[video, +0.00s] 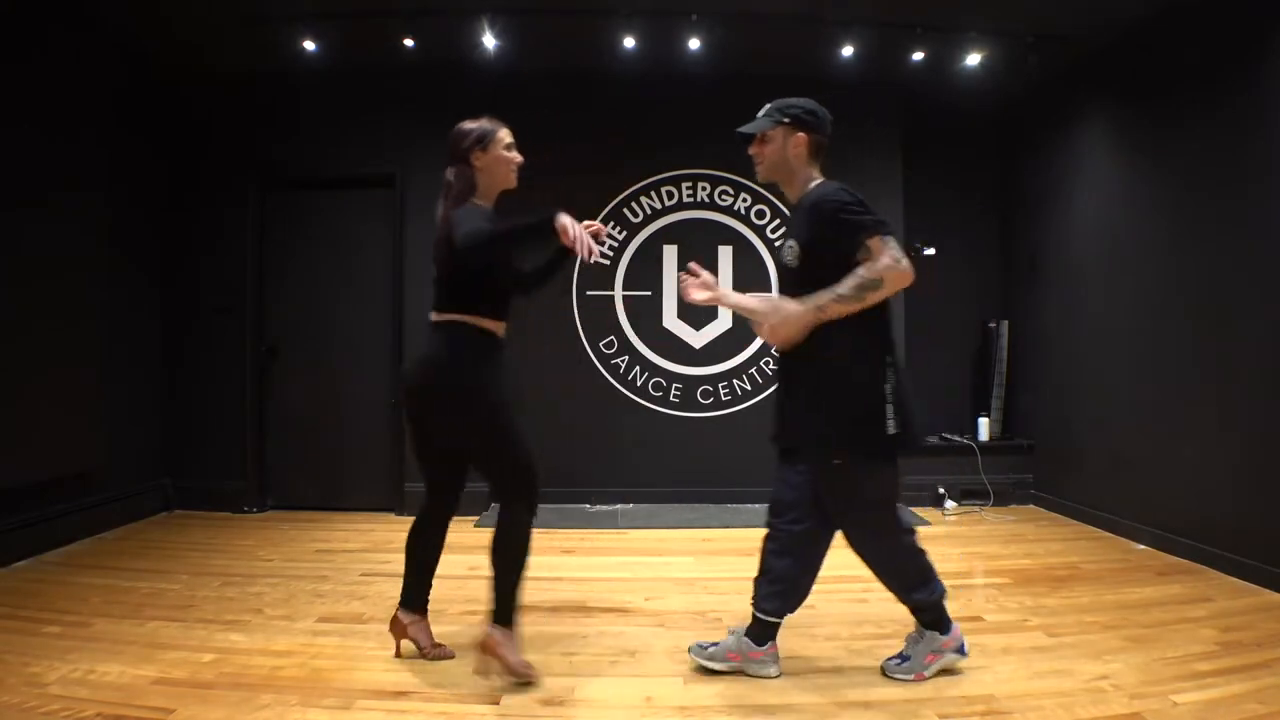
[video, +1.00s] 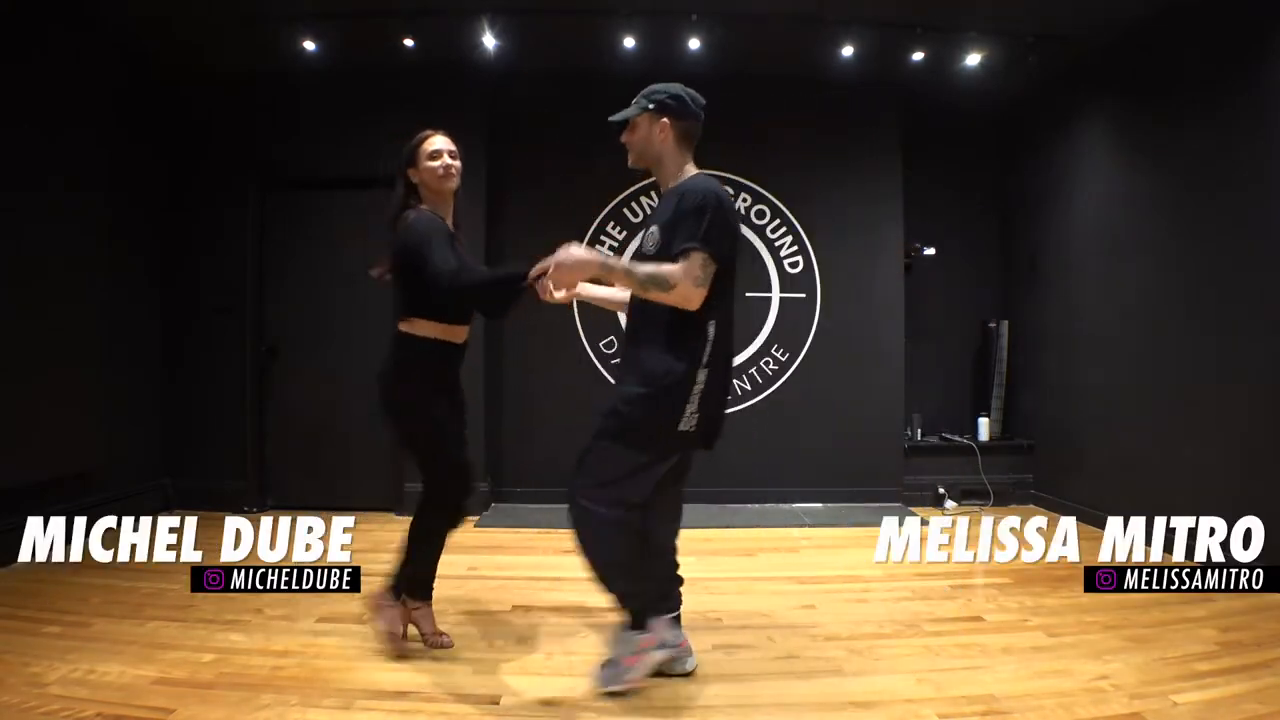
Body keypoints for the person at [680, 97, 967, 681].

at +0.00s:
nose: (753, 151)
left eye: (762, 139)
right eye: (753, 141)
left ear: (797, 139)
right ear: (790, 143)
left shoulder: (831, 202)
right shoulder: (802, 219)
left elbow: (895, 267)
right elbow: (794, 313)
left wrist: (809, 310)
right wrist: (722, 295)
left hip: (851, 403)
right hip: (812, 403)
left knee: (872, 520)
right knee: (793, 522)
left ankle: (939, 631)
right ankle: (758, 639)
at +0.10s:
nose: (732, 147)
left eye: (742, 135)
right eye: (733, 137)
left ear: (777, 136)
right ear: (768, 140)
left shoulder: (819, 197)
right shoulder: (776, 216)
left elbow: (858, 278)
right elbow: (773, 315)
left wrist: (763, 271)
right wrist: (697, 307)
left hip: (826, 400)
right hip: (780, 398)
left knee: (817, 525)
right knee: (767, 521)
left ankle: (907, 611)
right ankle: (757, 641)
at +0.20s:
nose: (714, 149)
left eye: (722, 137)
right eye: (714, 138)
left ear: (756, 136)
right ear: (751, 138)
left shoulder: (800, 198)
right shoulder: (755, 214)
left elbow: (808, 286)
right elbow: (746, 316)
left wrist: (733, 265)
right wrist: (673, 320)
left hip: (794, 389)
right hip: (758, 388)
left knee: (753, 512)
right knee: (742, 510)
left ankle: (841, 607)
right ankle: (754, 641)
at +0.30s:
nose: (686, 157)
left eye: (691, 144)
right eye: (685, 147)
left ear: (726, 138)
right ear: (721, 142)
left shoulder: (761, 208)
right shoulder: (738, 213)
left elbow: (752, 306)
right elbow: (722, 315)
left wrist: (668, 318)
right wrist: (651, 305)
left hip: (740, 407)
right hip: (722, 403)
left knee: (672, 513)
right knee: (721, 527)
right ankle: (751, 643)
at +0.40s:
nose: (667, 165)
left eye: (673, 151)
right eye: (666, 154)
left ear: (707, 141)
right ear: (707, 146)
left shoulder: (738, 214)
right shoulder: (727, 215)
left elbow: (719, 314)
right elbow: (703, 311)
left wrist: (623, 313)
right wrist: (626, 308)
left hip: (708, 412)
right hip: (702, 409)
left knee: (647, 526)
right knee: (691, 531)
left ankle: (583, 655)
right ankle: (745, 636)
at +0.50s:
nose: (644, 172)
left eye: (647, 157)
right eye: (640, 162)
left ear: (679, 140)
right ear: (683, 147)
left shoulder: (707, 213)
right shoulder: (705, 212)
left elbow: (662, 303)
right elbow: (675, 311)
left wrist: (565, 289)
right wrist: (610, 317)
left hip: (673, 408)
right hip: (667, 403)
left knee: (612, 522)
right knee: (626, 512)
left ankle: (571, 659)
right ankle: (699, 602)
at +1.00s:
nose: (624, 138)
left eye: (631, 127)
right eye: (626, 128)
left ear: (662, 127)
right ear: (661, 130)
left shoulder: (703, 195)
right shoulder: (672, 204)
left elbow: (691, 287)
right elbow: (644, 297)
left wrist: (599, 264)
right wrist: (580, 289)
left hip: (674, 391)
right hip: (663, 388)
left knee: (595, 496)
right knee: (653, 508)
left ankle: (646, 625)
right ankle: (667, 636)